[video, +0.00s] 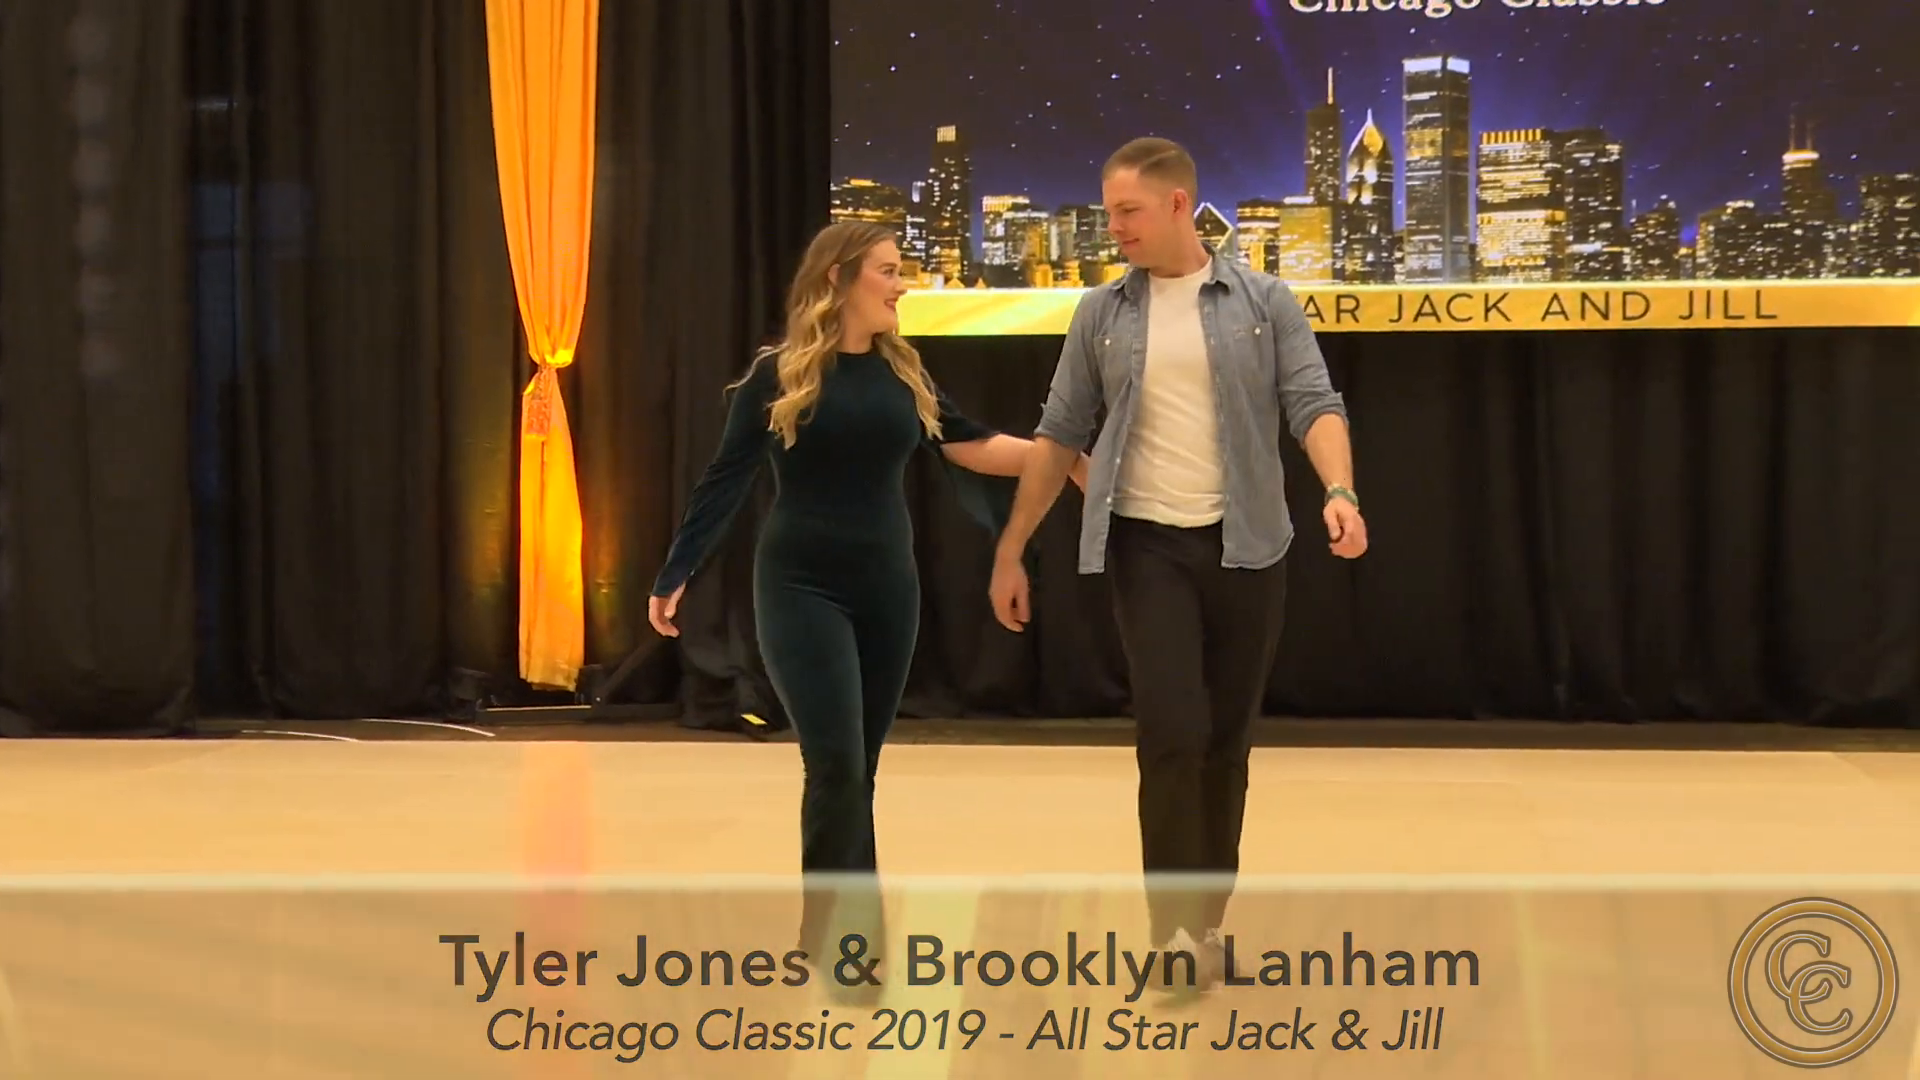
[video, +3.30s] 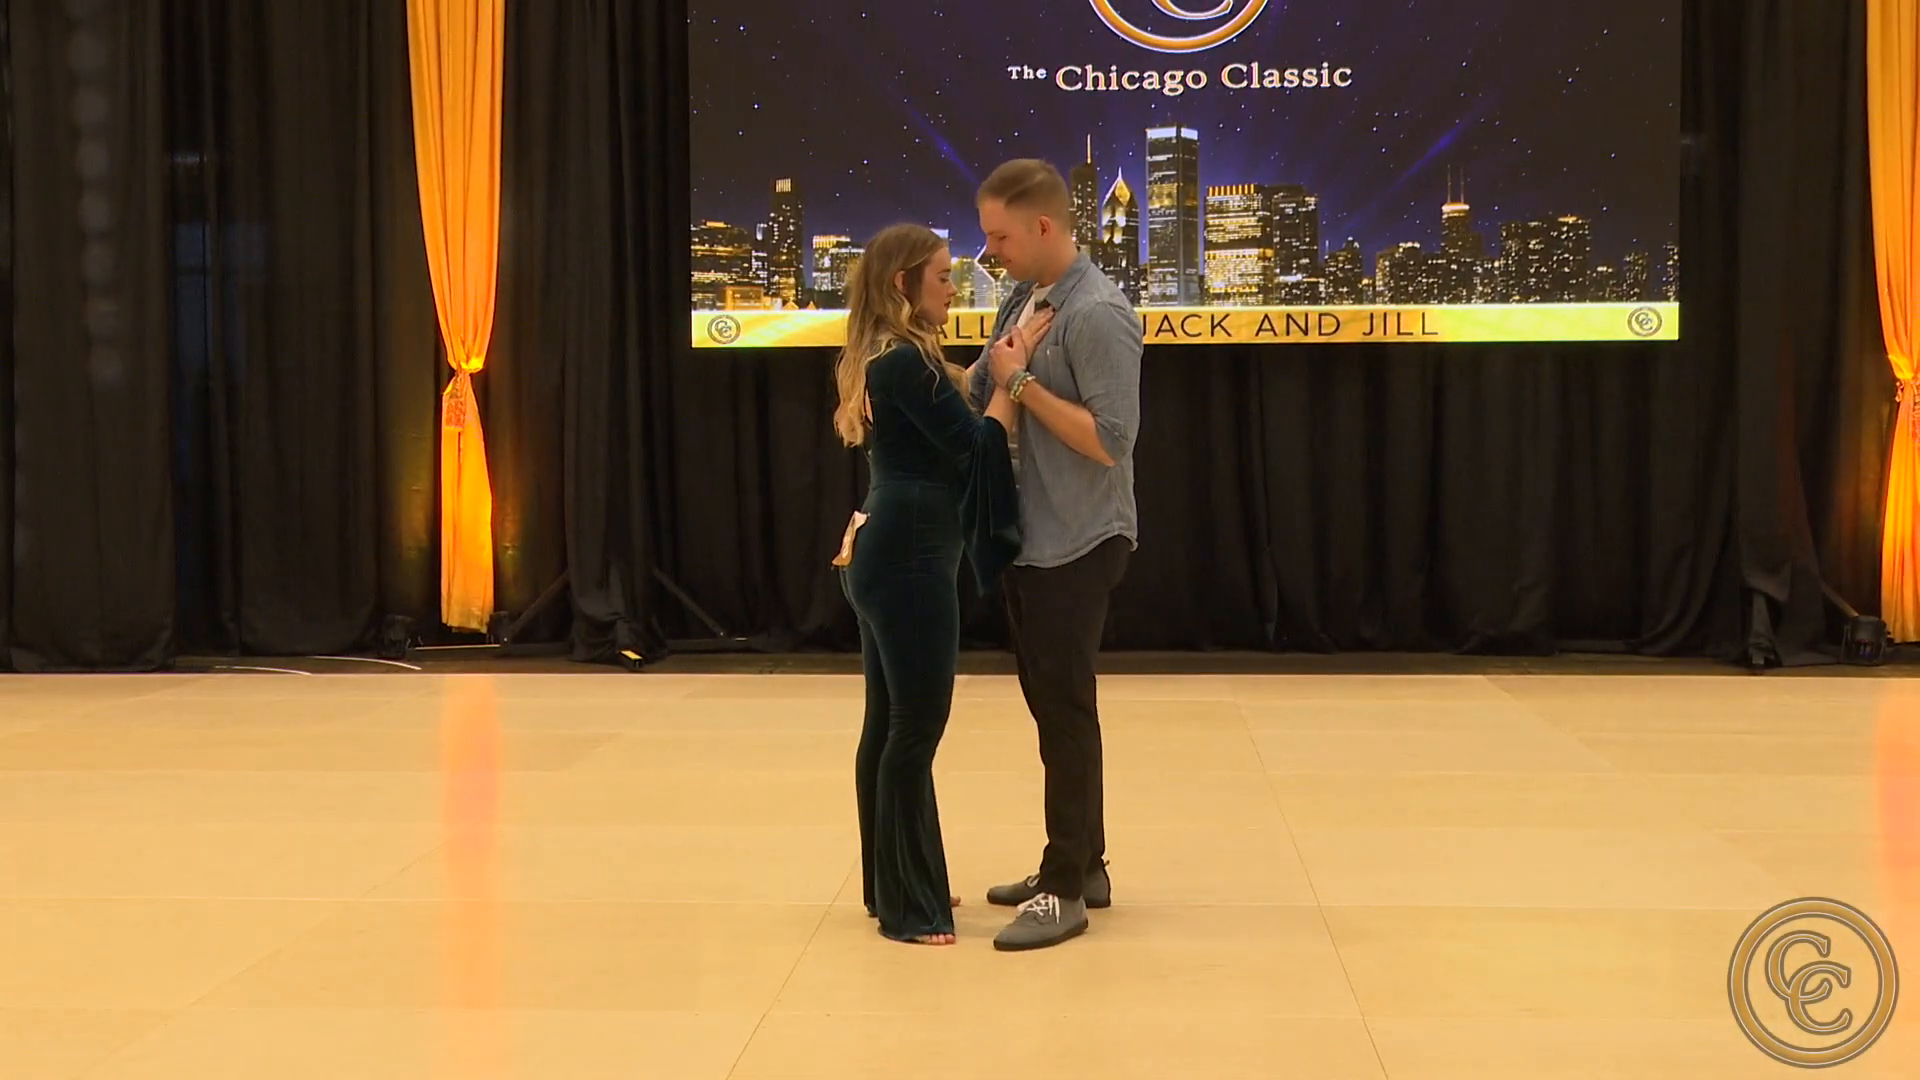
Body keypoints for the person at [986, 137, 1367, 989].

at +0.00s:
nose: (1116, 228)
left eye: (1128, 213)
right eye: (1110, 214)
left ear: (1182, 206)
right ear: (1113, 215)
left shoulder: (1266, 301)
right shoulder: (1102, 310)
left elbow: (1314, 405)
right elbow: (1059, 439)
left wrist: (1339, 491)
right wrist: (1008, 549)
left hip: (1246, 545)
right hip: (1144, 545)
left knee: (1225, 742)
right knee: (1172, 734)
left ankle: (1208, 927)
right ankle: (1170, 935)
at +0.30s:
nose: (1075, 222)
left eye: (1088, 205)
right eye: (1070, 207)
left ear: (1142, 199)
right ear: (1085, 211)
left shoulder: (1235, 296)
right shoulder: (1077, 311)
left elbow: (1277, 425)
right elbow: (1008, 421)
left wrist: (1277, 543)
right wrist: (911, 493)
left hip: (1220, 550)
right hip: (1120, 548)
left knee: (1213, 746)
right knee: (1160, 739)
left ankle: (1173, 919)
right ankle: (1193, 945)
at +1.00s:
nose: (1026, 201)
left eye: (1039, 185)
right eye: (1026, 187)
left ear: (1095, 189)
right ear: (1071, 193)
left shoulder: (1163, 287)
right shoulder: (1053, 299)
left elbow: (1204, 421)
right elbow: (1021, 423)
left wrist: (1160, 538)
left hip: (1127, 553)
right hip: (1048, 551)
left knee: (1137, 747)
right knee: (1077, 743)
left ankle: (1171, 954)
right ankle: (1112, 917)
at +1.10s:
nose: (1025, 202)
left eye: (1038, 185)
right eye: (1027, 187)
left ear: (1091, 189)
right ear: (1071, 190)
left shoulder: (1154, 282)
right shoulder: (1058, 293)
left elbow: (1183, 416)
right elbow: (1029, 417)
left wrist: (1107, 509)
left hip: (1125, 549)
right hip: (1054, 547)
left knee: (1123, 743)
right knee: (1074, 739)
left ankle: (1157, 963)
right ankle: (1113, 912)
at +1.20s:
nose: (1026, 201)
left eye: (1037, 184)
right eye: (1028, 185)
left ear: (1087, 187)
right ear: (1082, 187)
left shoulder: (1142, 276)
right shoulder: (1069, 294)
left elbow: (1157, 405)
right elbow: (1044, 419)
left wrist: (1043, 459)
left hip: (1121, 540)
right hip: (1063, 541)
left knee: (1106, 734)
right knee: (1066, 729)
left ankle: (1144, 961)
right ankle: (1106, 909)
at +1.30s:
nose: (1025, 196)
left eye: (1035, 179)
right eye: (1028, 180)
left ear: (1080, 180)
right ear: (1080, 182)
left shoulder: (1133, 273)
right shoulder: (1081, 288)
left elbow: (1132, 397)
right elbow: (1046, 402)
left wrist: (997, 405)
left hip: (1112, 539)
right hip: (1063, 540)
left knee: (1095, 727)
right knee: (1044, 717)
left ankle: (1135, 953)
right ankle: (1100, 907)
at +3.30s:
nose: (992, 253)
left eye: (999, 238)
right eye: (988, 240)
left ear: (1045, 225)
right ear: (1034, 231)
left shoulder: (1098, 312)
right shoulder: (1027, 306)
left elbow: (1108, 444)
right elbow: (980, 404)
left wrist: (1020, 381)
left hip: (1079, 539)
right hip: (1035, 533)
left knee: (1067, 711)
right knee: (1053, 707)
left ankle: (1069, 890)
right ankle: (1077, 864)